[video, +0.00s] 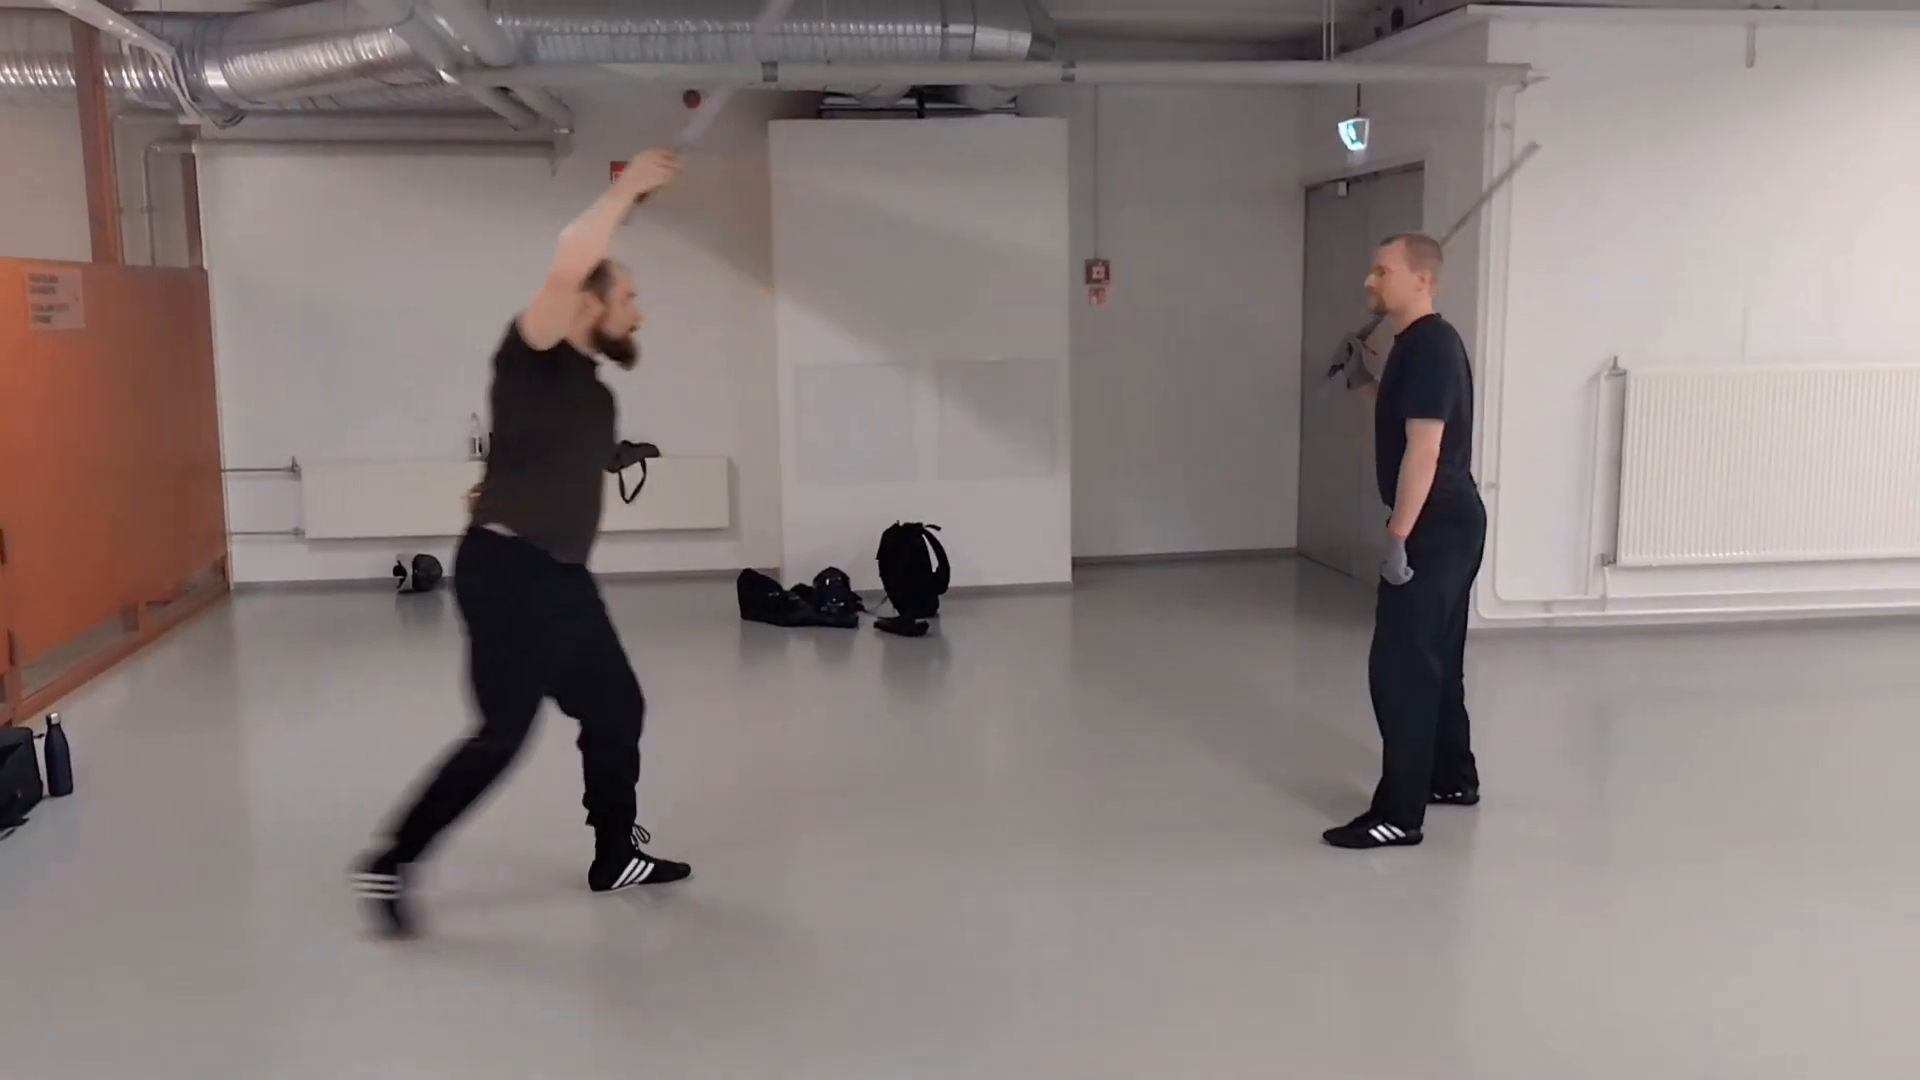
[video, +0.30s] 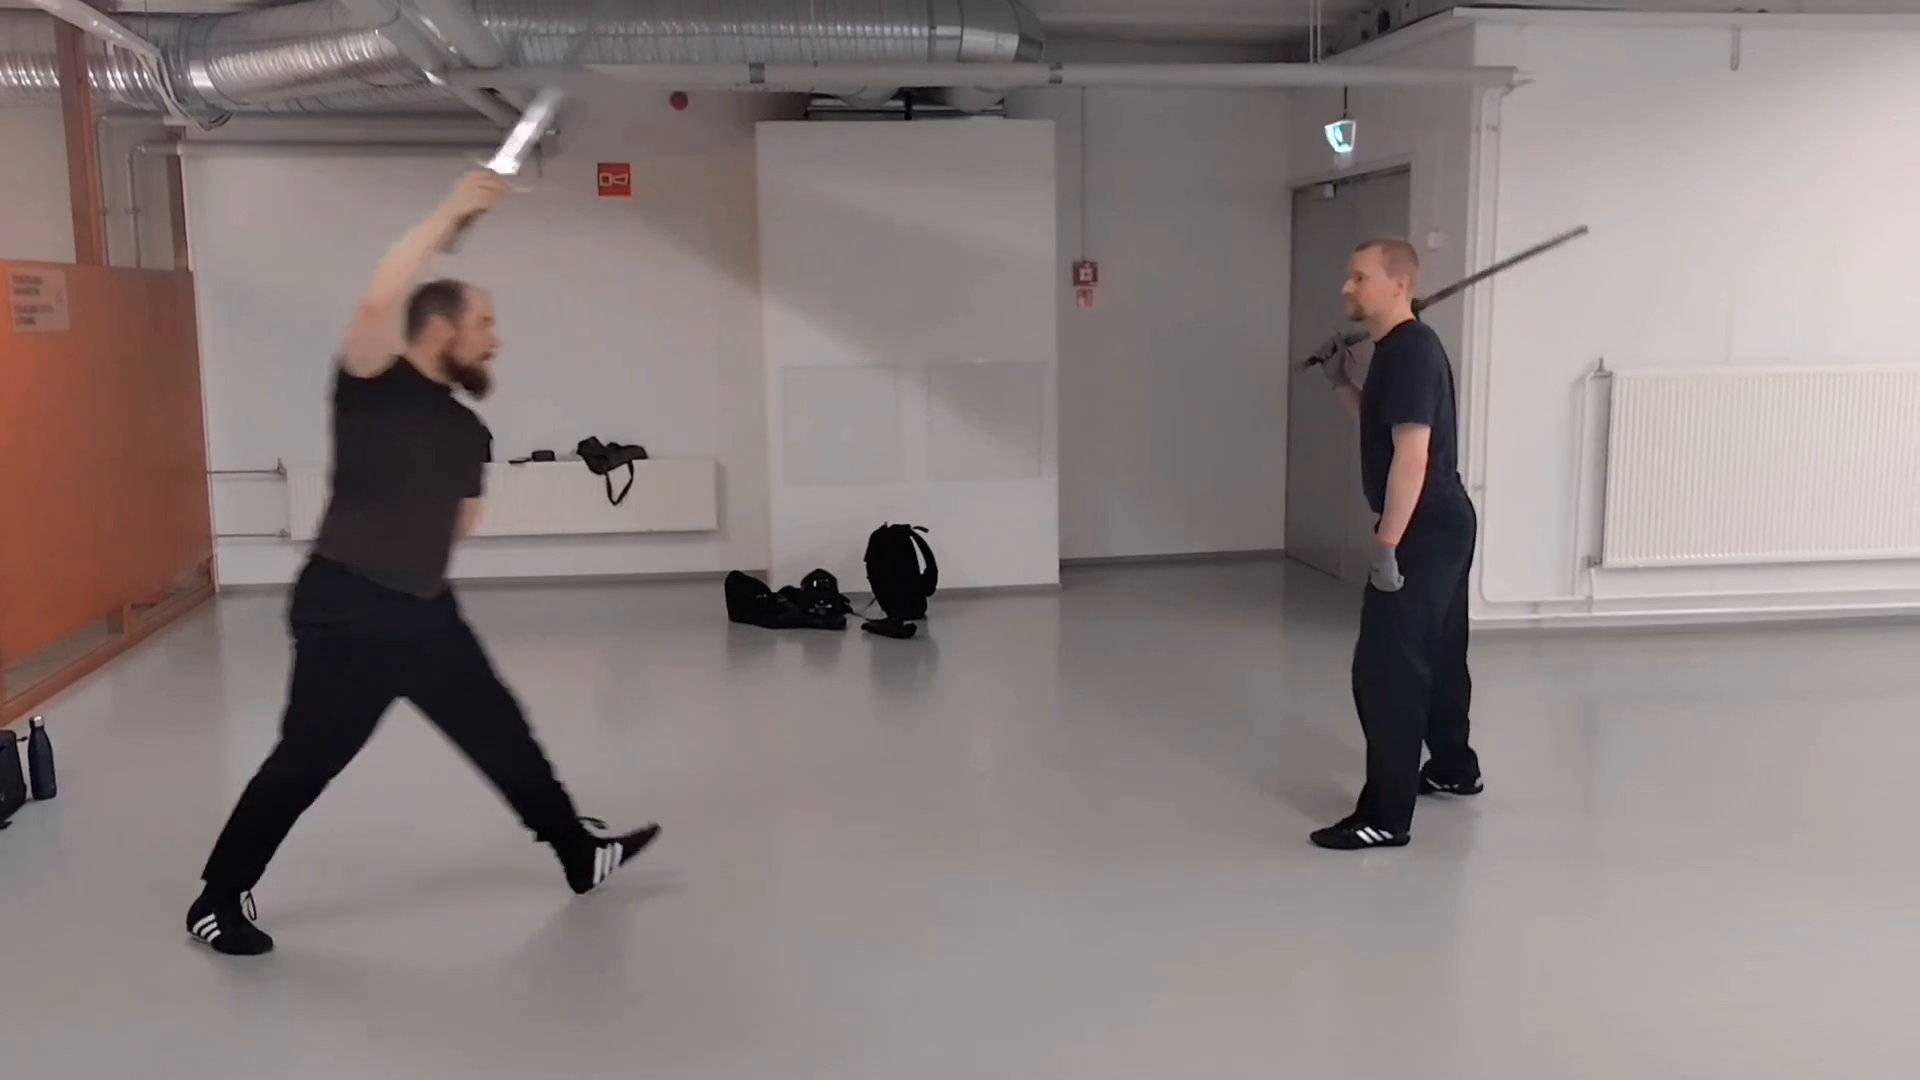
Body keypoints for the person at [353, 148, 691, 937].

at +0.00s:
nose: (638, 311)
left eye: (637, 299)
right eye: (629, 298)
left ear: (602, 311)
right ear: (590, 301)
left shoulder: (585, 379)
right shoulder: (536, 353)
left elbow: (543, 467)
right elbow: (569, 269)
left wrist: (491, 499)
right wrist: (627, 187)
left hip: (556, 574)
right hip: (504, 567)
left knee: (615, 706)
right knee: (505, 728)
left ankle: (616, 853)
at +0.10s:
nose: (595, 320)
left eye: (594, 307)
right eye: (586, 307)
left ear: (562, 318)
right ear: (544, 311)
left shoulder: (542, 392)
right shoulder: (490, 365)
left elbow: (492, 478)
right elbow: (518, 282)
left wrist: (446, 523)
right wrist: (580, 192)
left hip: (521, 590)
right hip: (460, 583)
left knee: (590, 711)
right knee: (421, 734)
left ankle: (609, 855)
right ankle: (287, 865)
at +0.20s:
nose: (545, 331)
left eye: (543, 318)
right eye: (534, 318)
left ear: (506, 331)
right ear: (491, 322)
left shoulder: (505, 410)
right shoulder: (430, 380)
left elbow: (501, 508)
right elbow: (452, 291)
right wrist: (516, 206)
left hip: (477, 606)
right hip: (405, 601)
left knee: (553, 724)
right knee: (352, 747)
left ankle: (600, 855)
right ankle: (232, 888)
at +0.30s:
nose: (494, 338)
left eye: (492, 325)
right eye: (482, 323)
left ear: (456, 333)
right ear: (436, 327)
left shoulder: (462, 427)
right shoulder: (371, 383)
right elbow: (381, 296)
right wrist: (452, 211)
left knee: (498, 732)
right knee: (305, 760)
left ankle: (579, 851)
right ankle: (217, 899)